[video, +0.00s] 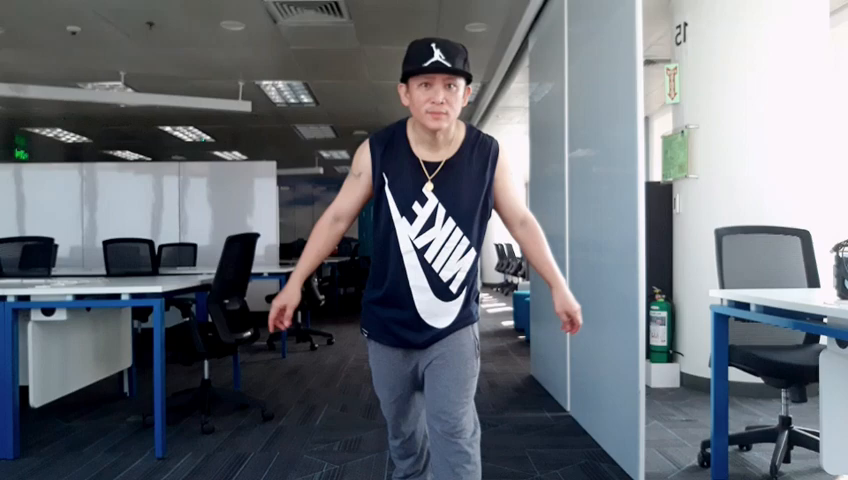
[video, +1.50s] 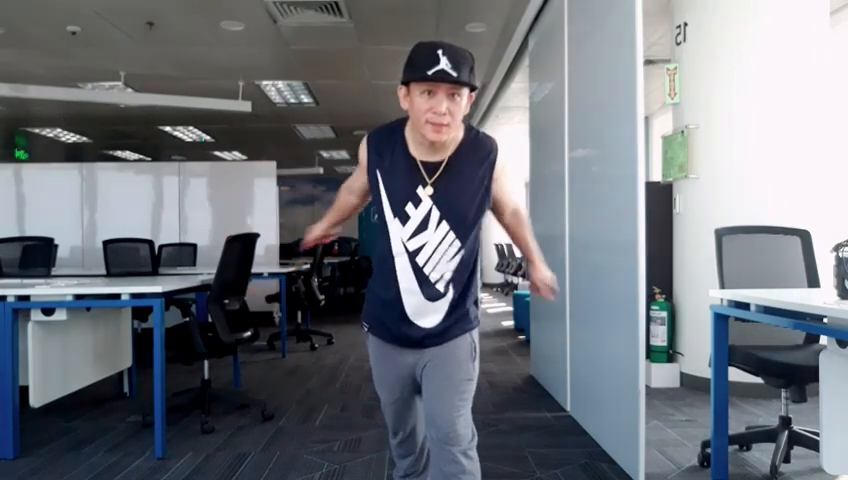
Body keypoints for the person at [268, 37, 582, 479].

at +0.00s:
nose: (438, 96)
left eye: (450, 85)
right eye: (426, 85)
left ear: (466, 95)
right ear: (404, 94)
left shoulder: (486, 153)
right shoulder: (376, 151)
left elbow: (521, 222)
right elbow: (335, 219)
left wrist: (559, 286)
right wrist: (294, 283)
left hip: (453, 326)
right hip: (388, 326)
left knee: (455, 438)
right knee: (402, 433)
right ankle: (408, 473)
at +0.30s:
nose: (443, 101)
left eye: (454, 89)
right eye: (430, 89)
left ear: (471, 96)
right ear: (409, 96)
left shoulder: (489, 156)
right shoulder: (379, 152)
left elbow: (530, 218)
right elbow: (328, 210)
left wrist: (584, 270)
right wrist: (270, 265)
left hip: (454, 326)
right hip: (389, 325)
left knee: (455, 436)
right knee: (401, 432)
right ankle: (408, 473)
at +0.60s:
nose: (442, 97)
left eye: (454, 85)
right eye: (430, 84)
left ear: (471, 94)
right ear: (409, 92)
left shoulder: (490, 151)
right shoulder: (379, 144)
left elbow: (537, 212)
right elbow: (319, 184)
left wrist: (591, 198)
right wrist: (258, 170)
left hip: (455, 328)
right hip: (390, 327)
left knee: (455, 435)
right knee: (401, 427)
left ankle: (458, 479)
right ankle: (407, 472)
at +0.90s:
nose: (443, 96)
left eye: (454, 86)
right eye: (431, 84)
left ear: (469, 93)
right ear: (409, 88)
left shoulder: (481, 136)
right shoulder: (381, 131)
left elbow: (472, 182)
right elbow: (359, 188)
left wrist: (439, 154)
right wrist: (388, 189)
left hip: (450, 323)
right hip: (386, 320)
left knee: (453, 439)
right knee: (400, 434)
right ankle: (409, 470)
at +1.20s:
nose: (429, 99)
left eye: (441, 88)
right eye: (418, 86)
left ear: (457, 96)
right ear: (398, 90)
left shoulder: (477, 152)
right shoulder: (370, 146)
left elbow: (522, 218)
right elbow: (324, 208)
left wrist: (573, 280)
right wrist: (270, 267)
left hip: (445, 327)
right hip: (382, 324)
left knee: (445, 434)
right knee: (398, 429)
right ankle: (406, 471)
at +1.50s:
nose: (441, 107)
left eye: (453, 95)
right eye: (429, 94)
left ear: (468, 101)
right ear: (405, 96)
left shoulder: (483, 153)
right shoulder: (376, 147)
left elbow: (510, 211)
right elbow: (356, 190)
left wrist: (537, 263)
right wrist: (326, 224)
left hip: (451, 330)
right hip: (387, 328)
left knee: (450, 439)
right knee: (400, 428)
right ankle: (407, 472)